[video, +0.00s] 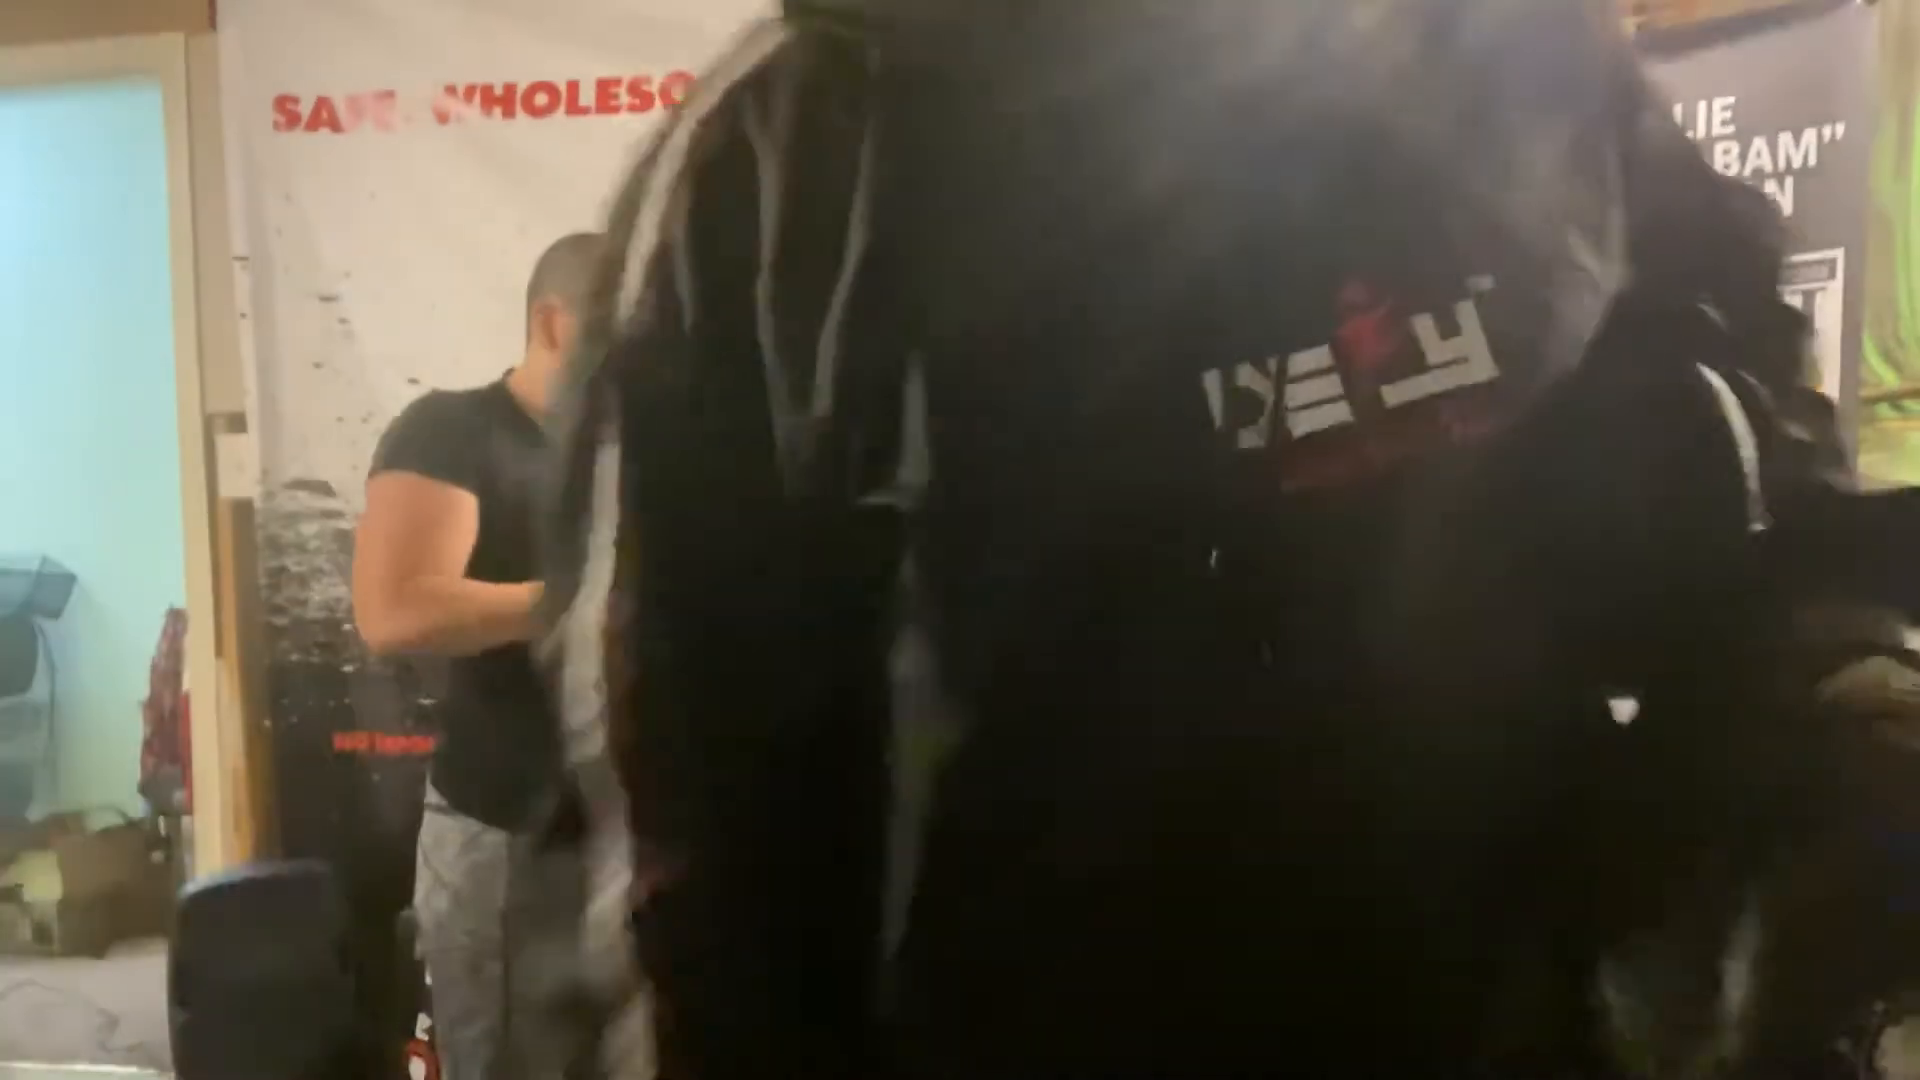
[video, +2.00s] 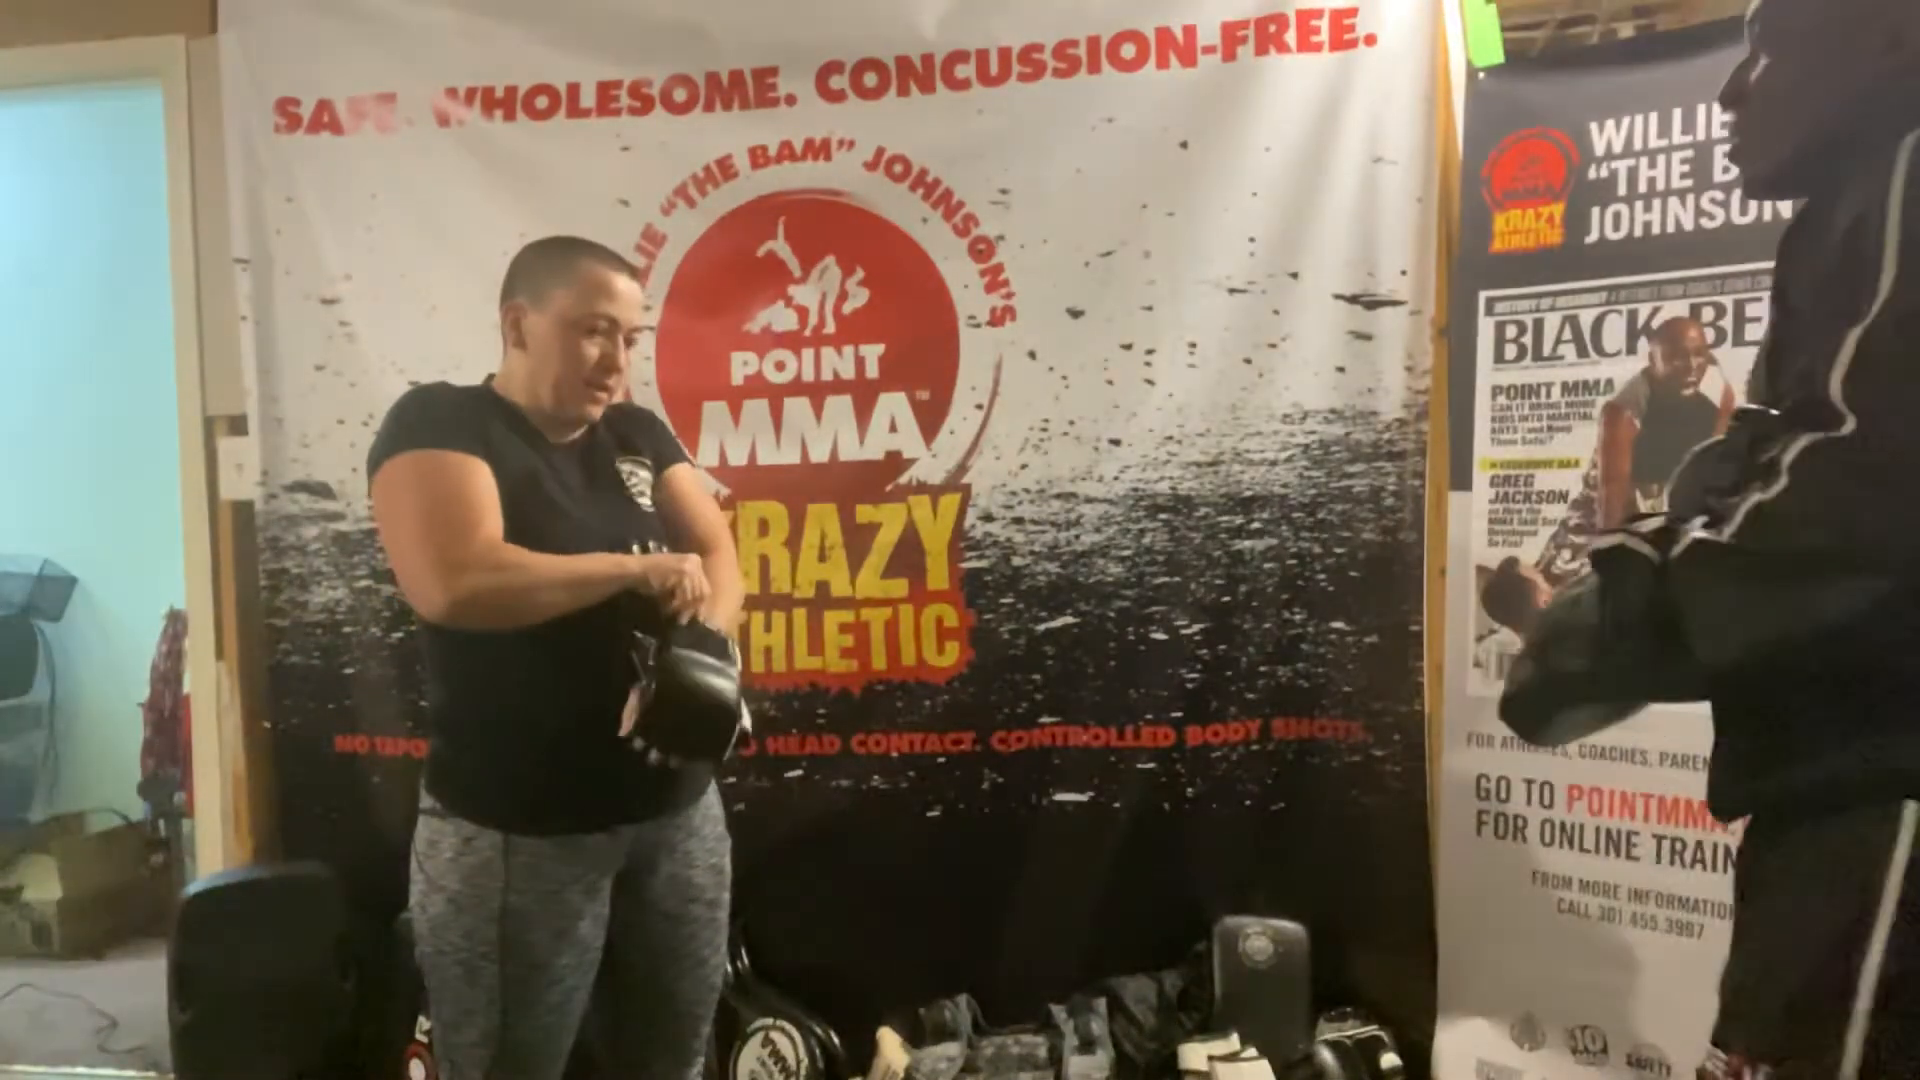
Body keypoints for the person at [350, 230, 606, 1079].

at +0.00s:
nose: (614, 347)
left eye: (625, 329)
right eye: (603, 324)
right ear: (549, 319)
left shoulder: (629, 449)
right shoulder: (448, 431)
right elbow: (394, 610)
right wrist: (579, 599)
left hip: (623, 833)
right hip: (494, 834)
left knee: (622, 1061)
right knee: (498, 1063)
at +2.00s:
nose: (619, 360)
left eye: (630, 338)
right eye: (597, 333)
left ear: (637, 340)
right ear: (518, 323)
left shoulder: (638, 434)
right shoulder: (436, 423)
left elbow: (716, 547)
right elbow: (451, 581)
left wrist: (697, 666)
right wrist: (633, 569)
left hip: (674, 822)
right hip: (512, 836)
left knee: (663, 1064)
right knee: (502, 1067)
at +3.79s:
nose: (607, 342)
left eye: (616, 321)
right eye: (579, 317)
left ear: (625, 329)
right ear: (502, 326)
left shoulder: (644, 442)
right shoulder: (431, 437)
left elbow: (722, 577)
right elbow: (423, 620)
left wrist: (732, 590)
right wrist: (615, 599)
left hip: (670, 828)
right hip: (505, 844)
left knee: (661, 1066)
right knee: (498, 1068)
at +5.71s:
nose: (590, 337)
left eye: (598, 317)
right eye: (562, 313)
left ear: (605, 325)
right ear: (484, 320)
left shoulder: (625, 442)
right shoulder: (410, 437)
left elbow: (702, 585)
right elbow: (383, 624)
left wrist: (732, 555)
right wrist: (567, 621)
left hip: (658, 825)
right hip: (491, 843)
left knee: (655, 1066)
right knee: (495, 1068)